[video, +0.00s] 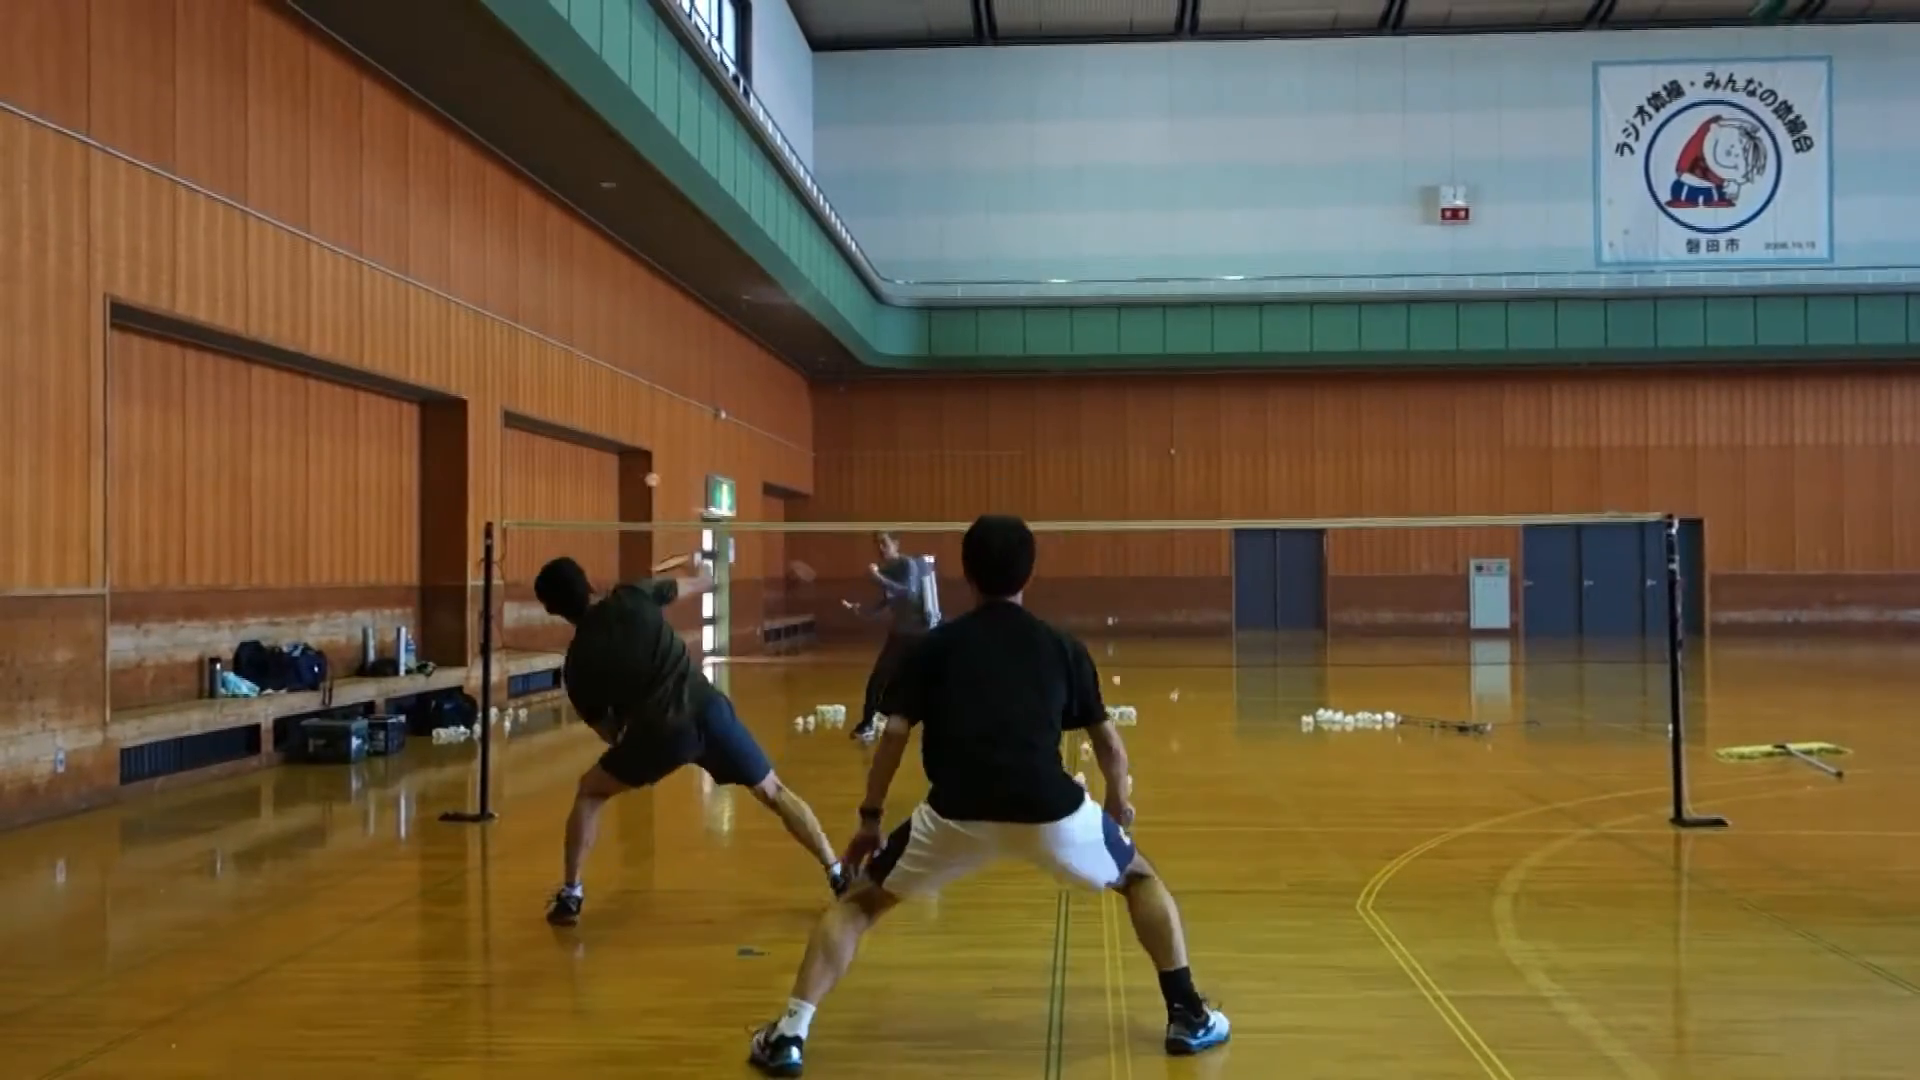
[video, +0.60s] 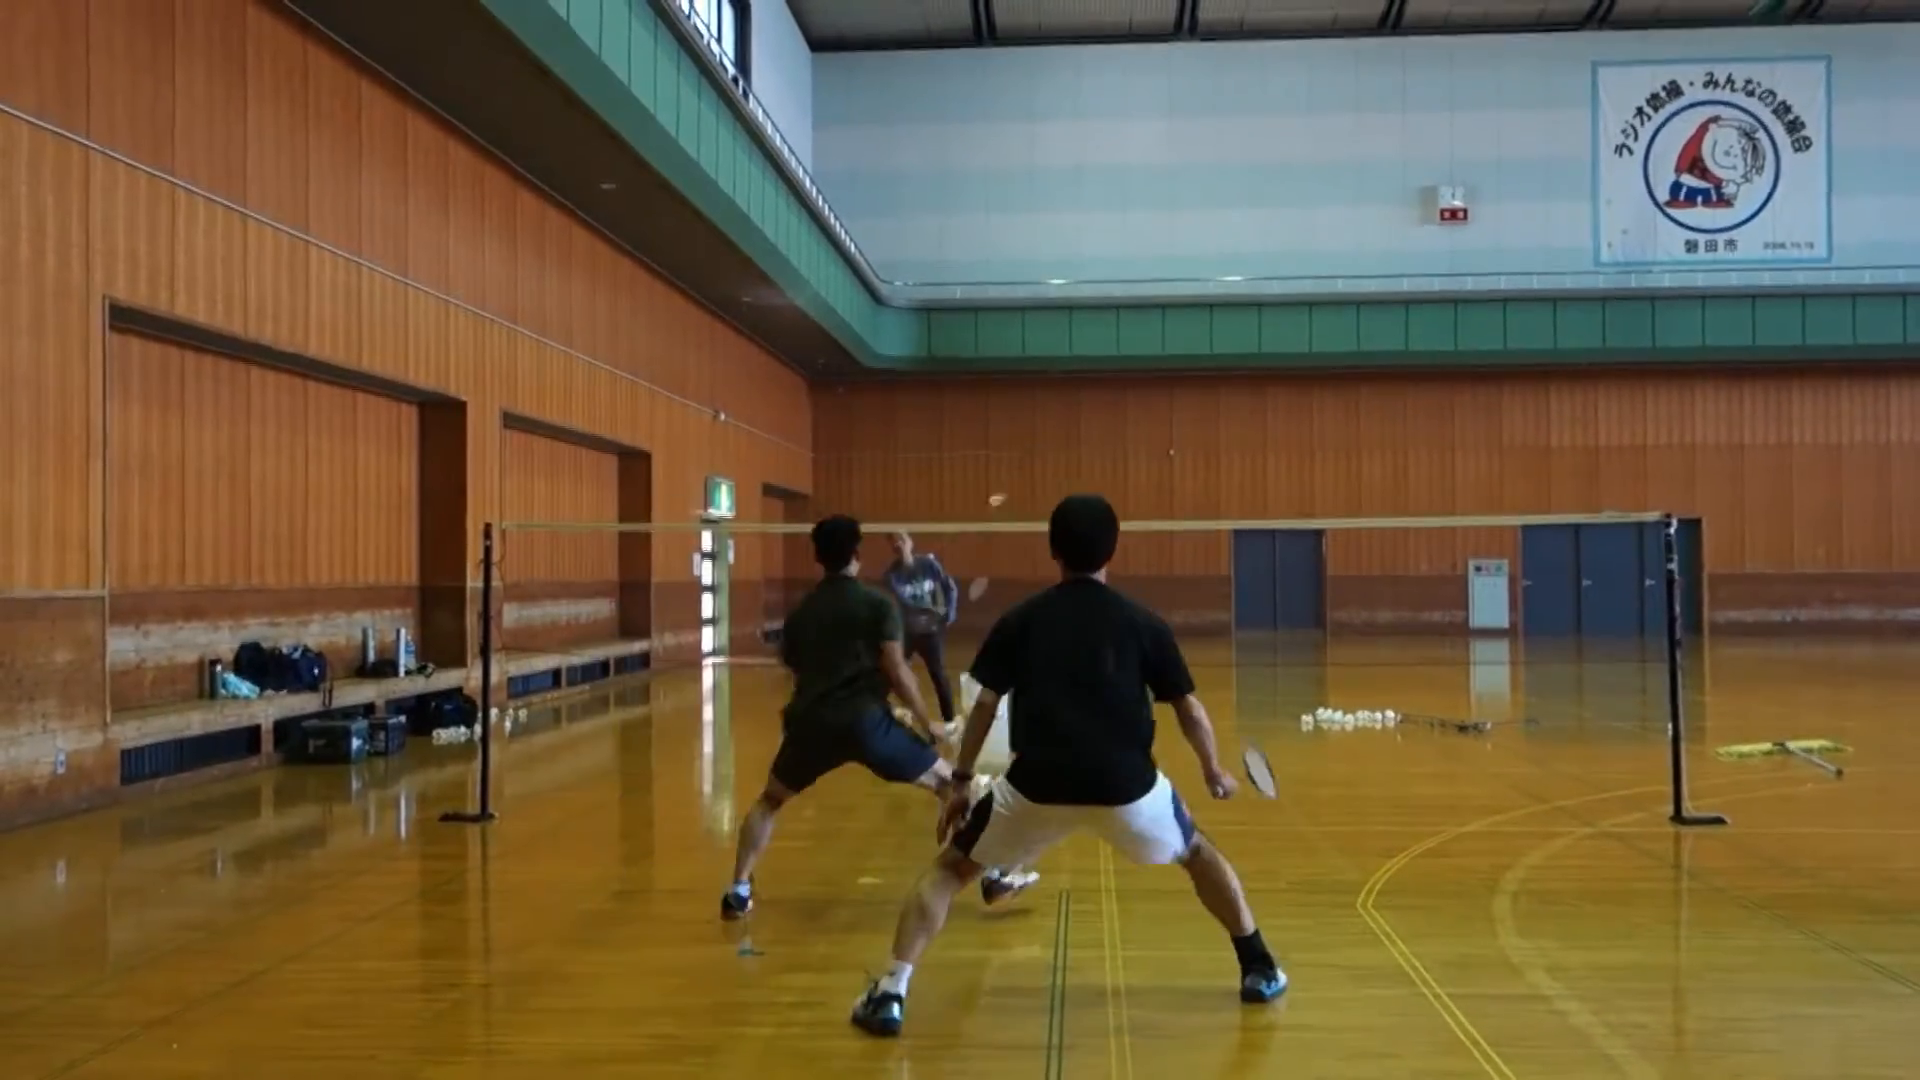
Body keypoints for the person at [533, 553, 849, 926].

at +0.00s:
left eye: (550, 606)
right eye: (584, 577)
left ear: (555, 612)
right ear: (587, 583)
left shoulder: (578, 666)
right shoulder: (634, 595)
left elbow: (608, 730)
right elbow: (700, 584)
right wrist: (695, 567)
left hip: (660, 734)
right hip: (708, 710)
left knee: (591, 792)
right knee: (775, 791)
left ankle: (571, 891)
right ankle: (837, 872)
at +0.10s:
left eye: (571, 582)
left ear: (574, 589)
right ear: (613, 571)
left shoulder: (588, 649)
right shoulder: (661, 595)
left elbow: (592, 725)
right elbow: (720, 629)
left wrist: (613, 758)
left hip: (664, 733)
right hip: (718, 711)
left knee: (591, 790)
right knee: (774, 793)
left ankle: (570, 894)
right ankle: (826, 880)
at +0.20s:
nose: (618, 561)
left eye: (619, 554)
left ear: (622, 557)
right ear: (663, 546)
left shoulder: (627, 613)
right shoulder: (706, 578)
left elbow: (607, 675)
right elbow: (742, 625)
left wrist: (603, 728)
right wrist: (777, 670)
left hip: (680, 722)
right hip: (738, 703)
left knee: (623, 795)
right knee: (801, 773)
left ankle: (578, 884)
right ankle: (825, 872)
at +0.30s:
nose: (723, 535)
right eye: (722, 529)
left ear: (680, 542)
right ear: (721, 534)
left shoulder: (670, 595)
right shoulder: (754, 574)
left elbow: (650, 663)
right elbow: (786, 627)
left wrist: (647, 710)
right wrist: (815, 677)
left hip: (705, 711)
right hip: (764, 702)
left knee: (665, 780)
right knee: (837, 766)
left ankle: (639, 868)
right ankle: (864, 860)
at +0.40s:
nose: (774, 542)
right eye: (772, 536)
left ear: (730, 546)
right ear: (771, 541)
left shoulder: (713, 601)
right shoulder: (800, 586)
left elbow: (689, 666)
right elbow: (827, 645)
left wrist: (692, 710)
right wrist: (857, 686)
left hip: (741, 718)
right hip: (798, 711)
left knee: (702, 796)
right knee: (865, 788)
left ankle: (666, 883)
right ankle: (884, 884)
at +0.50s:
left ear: (770, 546)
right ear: (811, 542)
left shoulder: (759, 599)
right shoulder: (837, 585)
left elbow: (729, 669)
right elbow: (862, 642)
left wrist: (736, 722)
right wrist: (888, 694)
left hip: (778, 714)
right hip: (832, 708)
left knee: (739, 781)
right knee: (912, 761)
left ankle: (703, 862)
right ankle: (927, 853)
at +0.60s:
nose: (863, 553)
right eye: (860, 548)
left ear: (818, 556)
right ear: (857, 554)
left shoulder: (802, 610)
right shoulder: (878, 604)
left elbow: (794, 664)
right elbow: (893, 667)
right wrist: (929, 724)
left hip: (809, 725)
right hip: (865, 722)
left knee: (769, 802)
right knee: (946, 780)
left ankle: (738, 888)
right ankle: (995, 869)